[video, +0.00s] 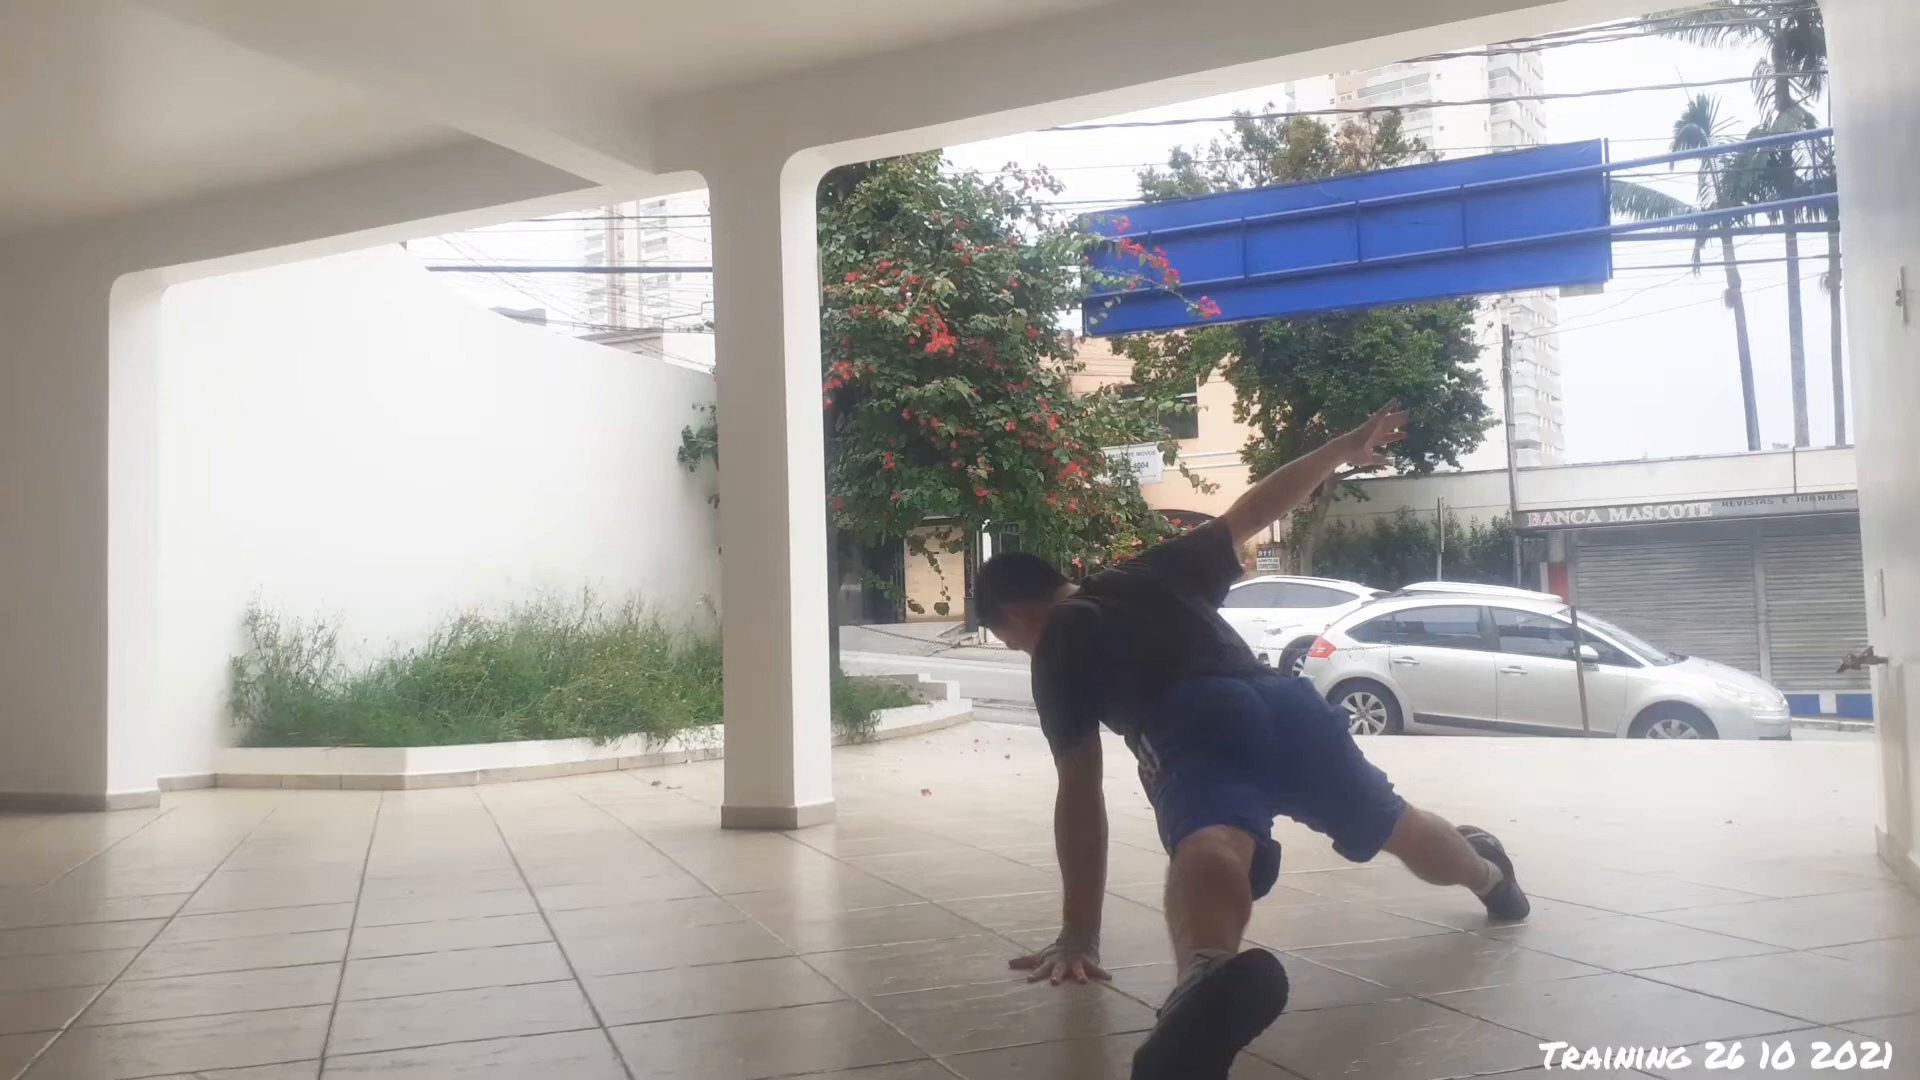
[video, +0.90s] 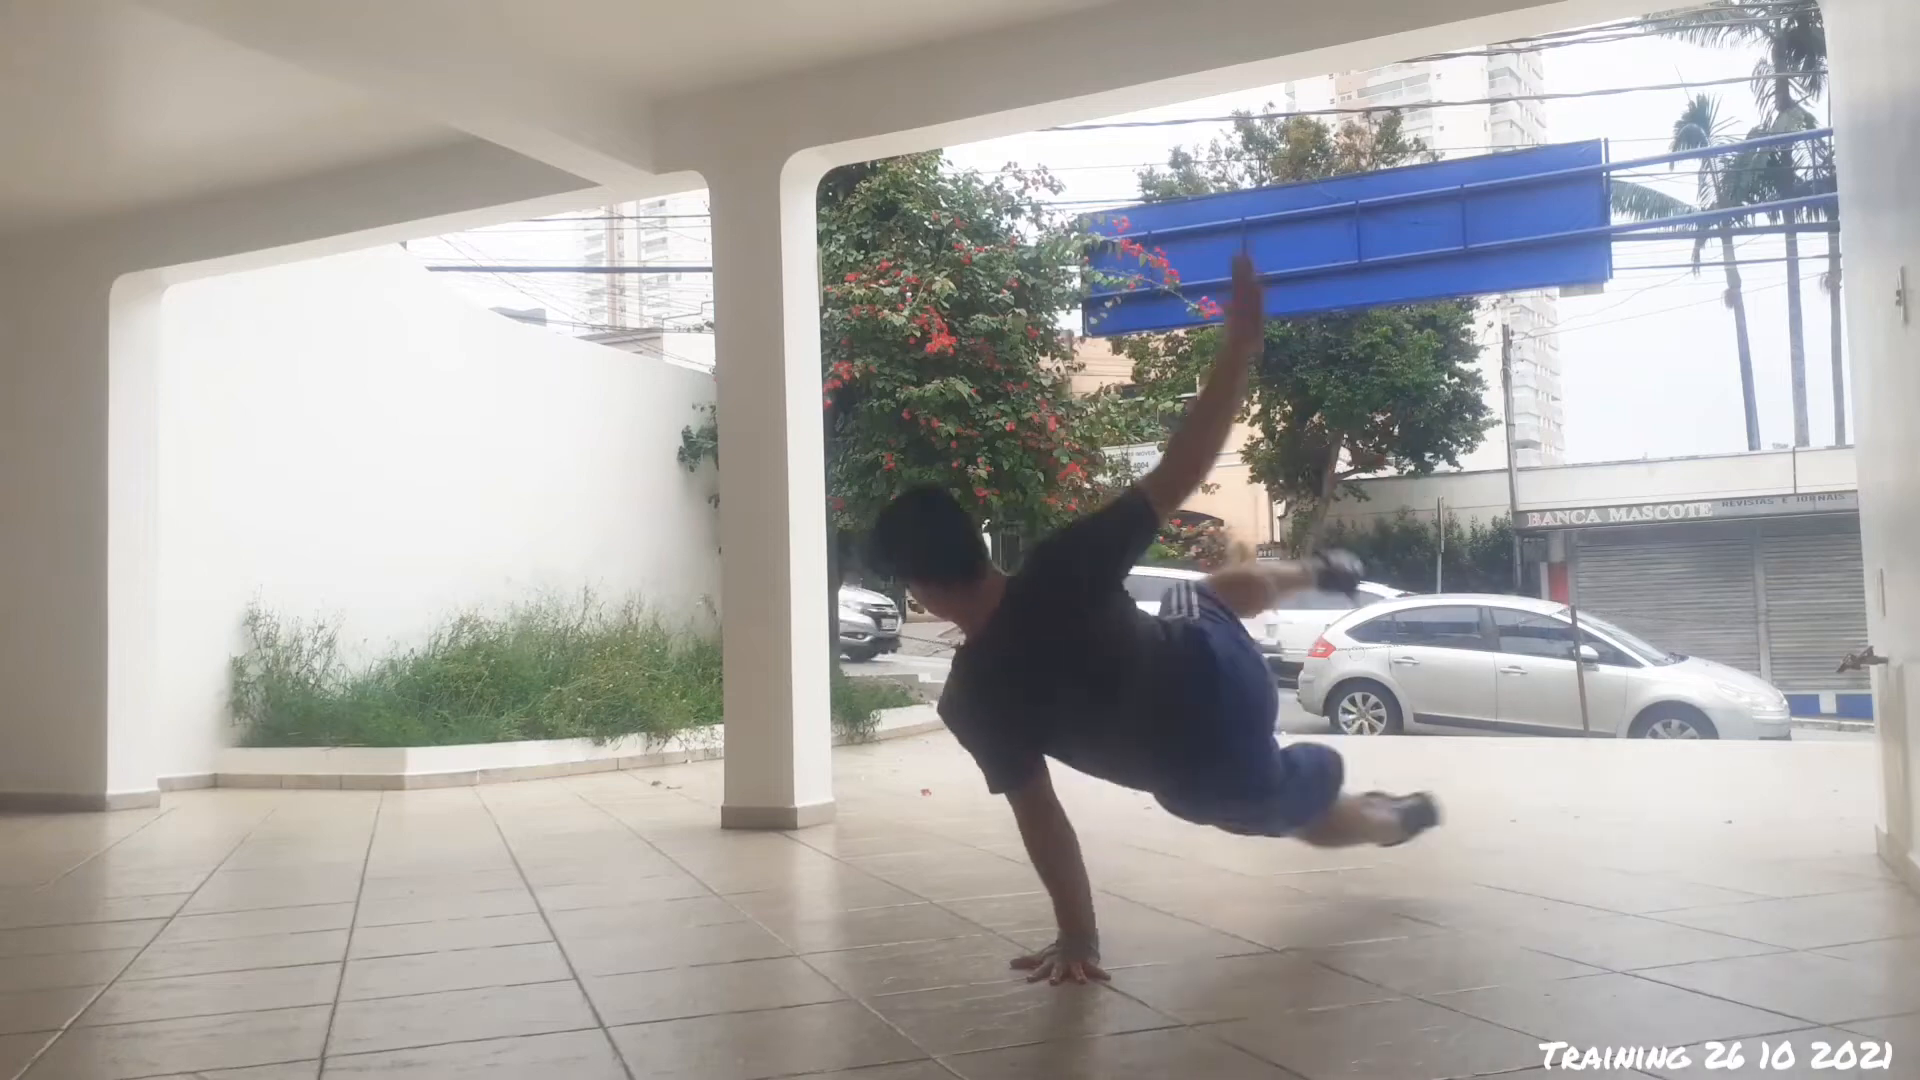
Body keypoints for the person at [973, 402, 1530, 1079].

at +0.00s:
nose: (1016, 648)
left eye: (1008, 634)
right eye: (1006, 638)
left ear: (1019, 610)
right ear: (1056, 579)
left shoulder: (1059, 649)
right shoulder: (1156, 567)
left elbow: (1080, 797)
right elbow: (1256, 507)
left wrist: (1077, 939)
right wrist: (1348, 447)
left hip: (1194, 721)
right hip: (1283, 693)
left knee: (1211, 850)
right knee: (1397, 824)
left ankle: (1203, 981)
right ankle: (1491, 877)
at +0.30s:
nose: (1048, 611)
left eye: (1041, 599)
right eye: (1041, 600)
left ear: (1052, 588)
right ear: (1105, 557)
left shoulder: (1074, 656)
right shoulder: (1192, 575)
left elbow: (1086, 796)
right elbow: (1313, 553)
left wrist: (1077, 937)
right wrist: (1451, 519)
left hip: (1186, 782)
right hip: (1283, 751)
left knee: (1189, 903)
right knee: (1407, 855)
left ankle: (1179, 1010)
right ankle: (1493, 884)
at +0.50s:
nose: (1004, 611)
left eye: (997, 595)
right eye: (997, 596)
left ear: (1013, 588)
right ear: (1062, 557)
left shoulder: (1062, 661)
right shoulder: (1162, 568)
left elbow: (1096, 810)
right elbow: (1250, 533)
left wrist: (1080, 939)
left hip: (1194, 747)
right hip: (1282, 712)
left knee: (1210, 875)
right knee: (1396, 835)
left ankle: (1223, 976)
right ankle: (1496, 895)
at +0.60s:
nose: (959, 614)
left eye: (955, 600)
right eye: (951, 601)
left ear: (979, 586)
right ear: (1013, 549)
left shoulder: (1040, 664)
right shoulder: (1095, 545)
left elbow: (1089, 808)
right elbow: (1120, 515)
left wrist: (1078, 940)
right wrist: (1066, 543)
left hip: (1202, 734)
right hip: (1279, 679)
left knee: (1309, 875)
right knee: (1389, 808)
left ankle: (1439, 960)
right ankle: (1491, 893)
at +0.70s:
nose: (916, 622)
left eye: (908, 609)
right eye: (907, 607)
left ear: (932, 597)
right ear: (967, 550)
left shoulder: (1013, 677)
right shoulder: (1045, 532)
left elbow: (1081, 813)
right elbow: (1067, 437)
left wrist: (1080, 941)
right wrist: (1039, 353)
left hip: (1230, 730)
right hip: (1260, 654)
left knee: (1408, 840)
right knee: (1356, 788)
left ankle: (1644, 859)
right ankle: (1472, 878)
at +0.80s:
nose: (893, 616)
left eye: (887, 601)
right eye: (885, 600)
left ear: (904, 592)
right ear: (941, 543)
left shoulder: (982, 690)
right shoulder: (1032, 536)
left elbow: (1058, 813)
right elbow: (1089, 399)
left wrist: (1078, 947)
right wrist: (1091, 262)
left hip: (1224, 719)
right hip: (1228, 660)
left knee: (1421, 803)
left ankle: (1617, 787)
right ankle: (1401, 773)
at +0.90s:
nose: (910, 598)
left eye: (904, 584)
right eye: (904, 582)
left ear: (916, 591)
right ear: (977, 539)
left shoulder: (972, 700)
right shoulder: (1061, 565)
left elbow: (1044, 822)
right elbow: (1181, 470)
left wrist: (1077, 944)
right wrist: (1241, 343)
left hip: (1213, 779)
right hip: (1227, 673)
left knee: (1314, 816)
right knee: (1216, 588)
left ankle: (1400, 819)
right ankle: (1322, 576)